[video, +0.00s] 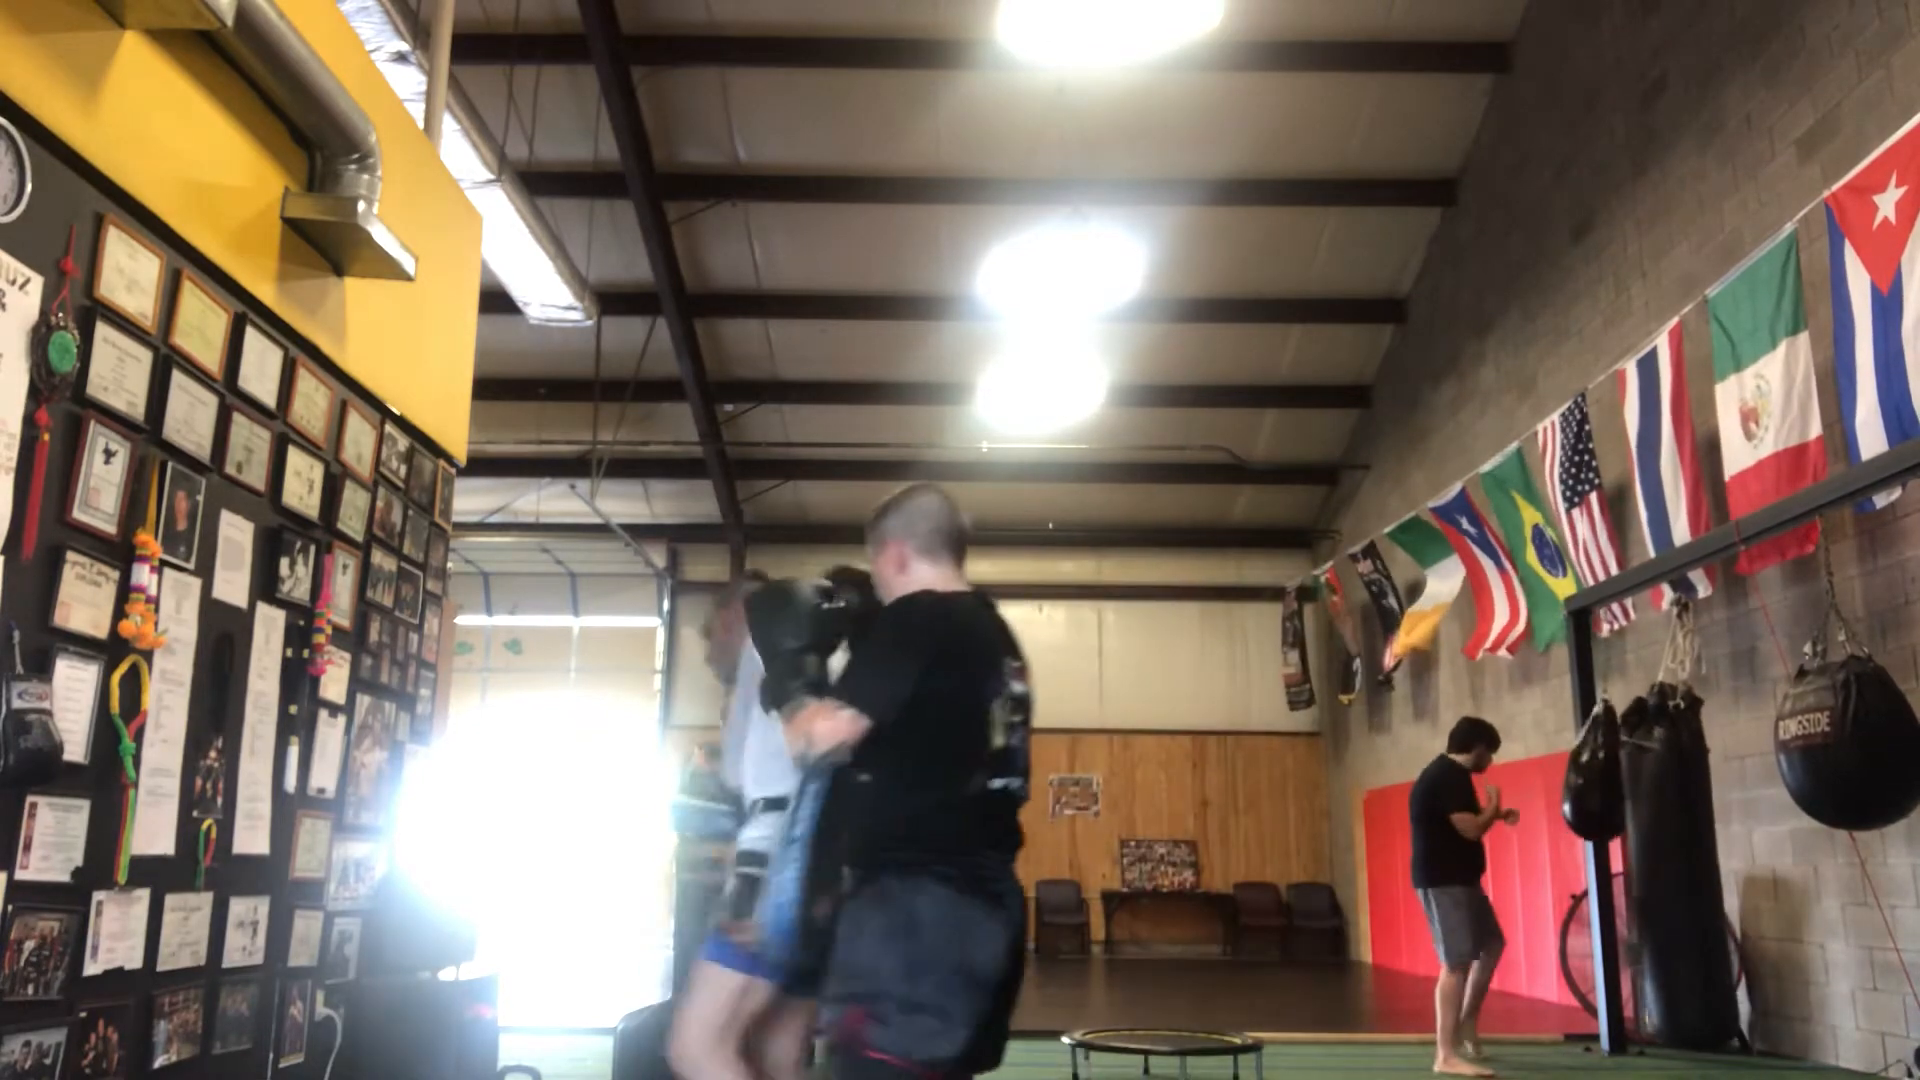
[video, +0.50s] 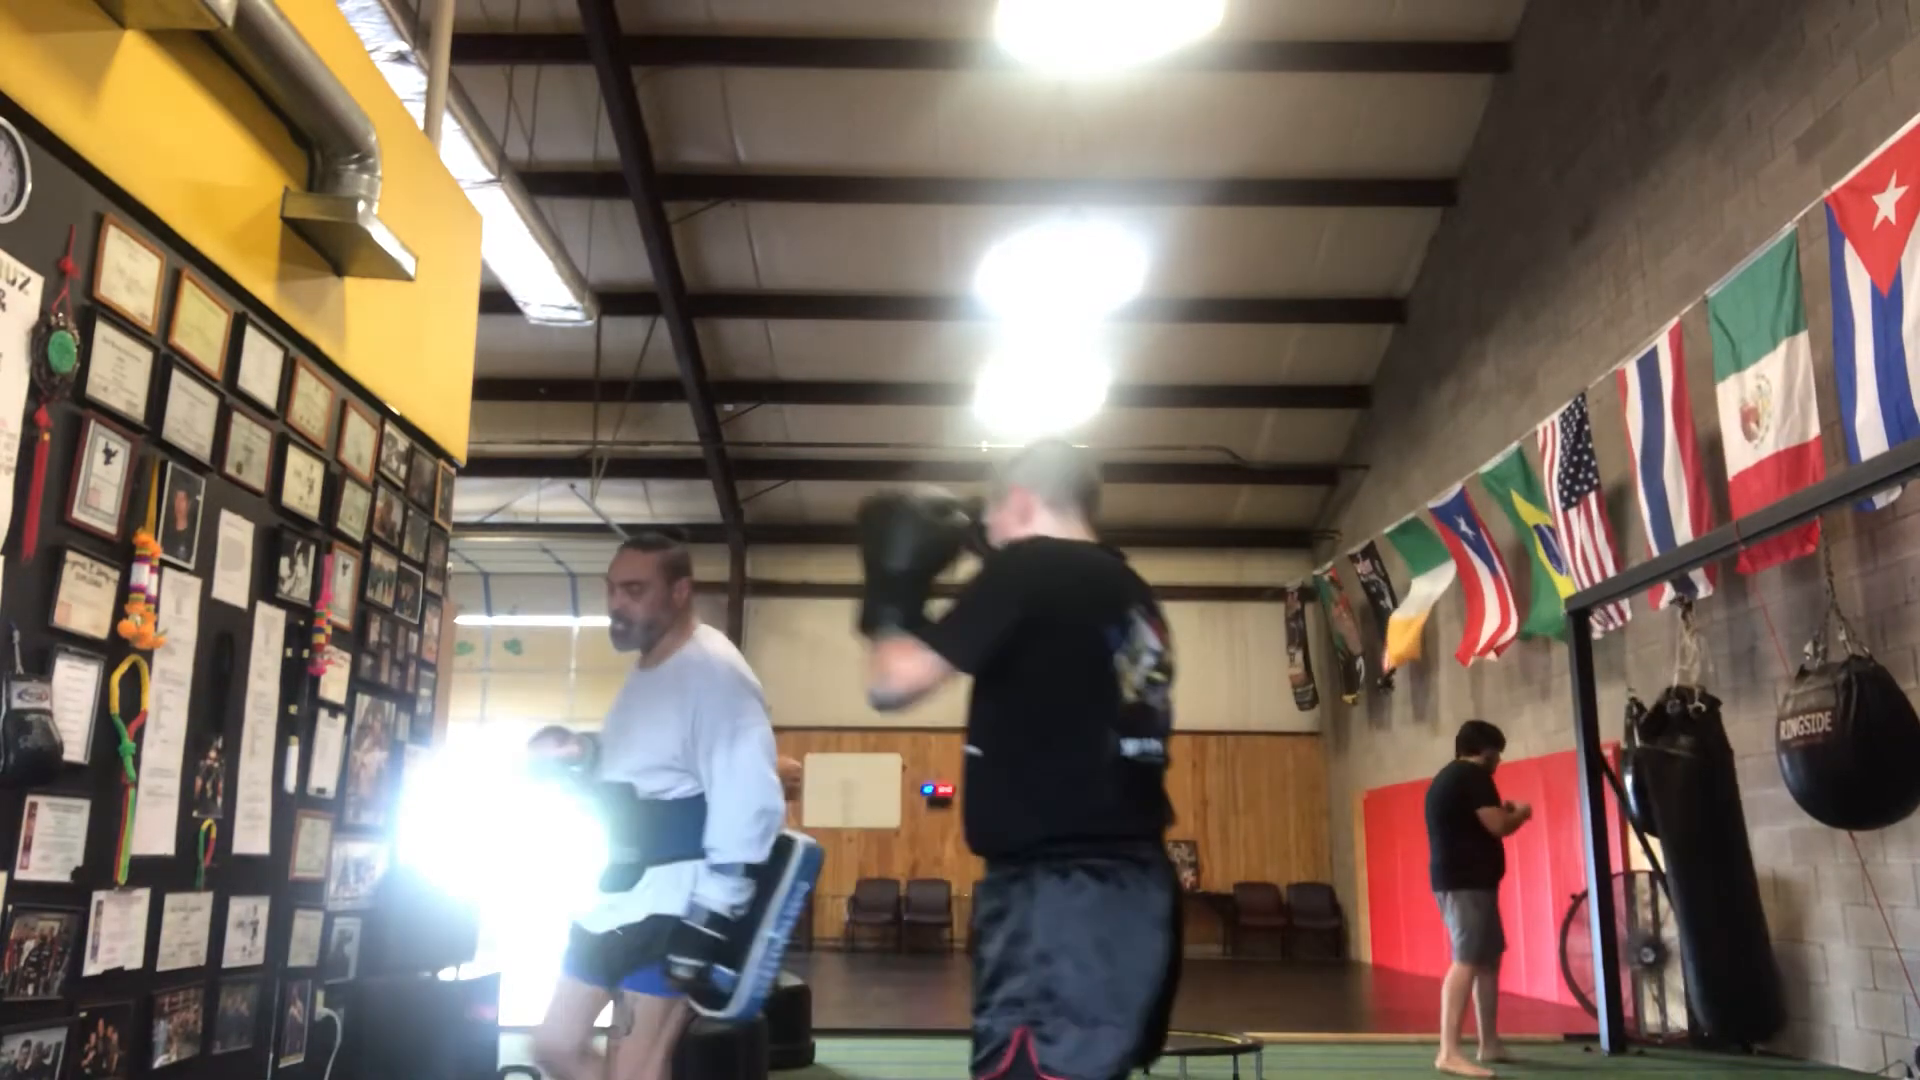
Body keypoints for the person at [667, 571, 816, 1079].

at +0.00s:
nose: (712, 637)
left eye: (719, 623)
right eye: (713, 624)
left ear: (742, 617)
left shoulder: (767, 671)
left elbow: (773, 789)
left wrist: (745, 895)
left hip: (777, 874)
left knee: (697, 1045)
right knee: (782, 1052)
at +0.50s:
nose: (615, 605)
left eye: (634, 590)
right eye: (612, 590)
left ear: (680, 593)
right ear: (608, 591)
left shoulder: (714, 670)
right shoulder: (652, 666)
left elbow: (749, 801)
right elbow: (645, 755)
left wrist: (706, 923)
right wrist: (585, 751)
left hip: (679, 895)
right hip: (620, 888)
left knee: (637, 1066)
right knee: (554, 1045)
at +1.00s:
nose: (593, 597)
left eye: (607, 580)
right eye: (575, 580)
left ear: (623, 584)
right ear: (546, 586)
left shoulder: (663, 660)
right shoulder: (503, 659)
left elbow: (707, 774)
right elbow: (434, 756)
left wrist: (726, 873)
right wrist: (469, 763)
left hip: (631, 889)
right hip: (522, 887)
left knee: (604, 1067)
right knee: (488, 1068)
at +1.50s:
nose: (711, 599)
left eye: (722, 587)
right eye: (702, 577)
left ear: (726, 592)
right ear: (653, 563)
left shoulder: (706, 670)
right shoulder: (557, 626)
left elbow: (705, 798)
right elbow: (460, 737)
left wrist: (741, 877)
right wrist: (574, 730)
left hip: (652, 918)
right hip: (530, 907)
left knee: (652, 1072)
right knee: (487, 1073)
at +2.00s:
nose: (719, 570)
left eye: (723, 555)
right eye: (703, 549)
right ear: (646, 543)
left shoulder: (703, 645)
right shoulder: (556, 615)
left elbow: (728, 762)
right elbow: (475, 741)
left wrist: (790, 737)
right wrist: (591, 694)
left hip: (680, 917)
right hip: (566, 910)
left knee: (672, 1072)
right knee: (560, 1073)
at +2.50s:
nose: (729, 568)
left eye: (744, 558)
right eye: (722, 552)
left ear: (744, 565)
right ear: (694, 543)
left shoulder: (731, 644)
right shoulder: (607, 593)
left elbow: (777, 746)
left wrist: (840, 643)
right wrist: (738, 560)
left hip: (713, 911)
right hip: (602, 910)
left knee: (776, 1069)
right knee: (581, 1072)